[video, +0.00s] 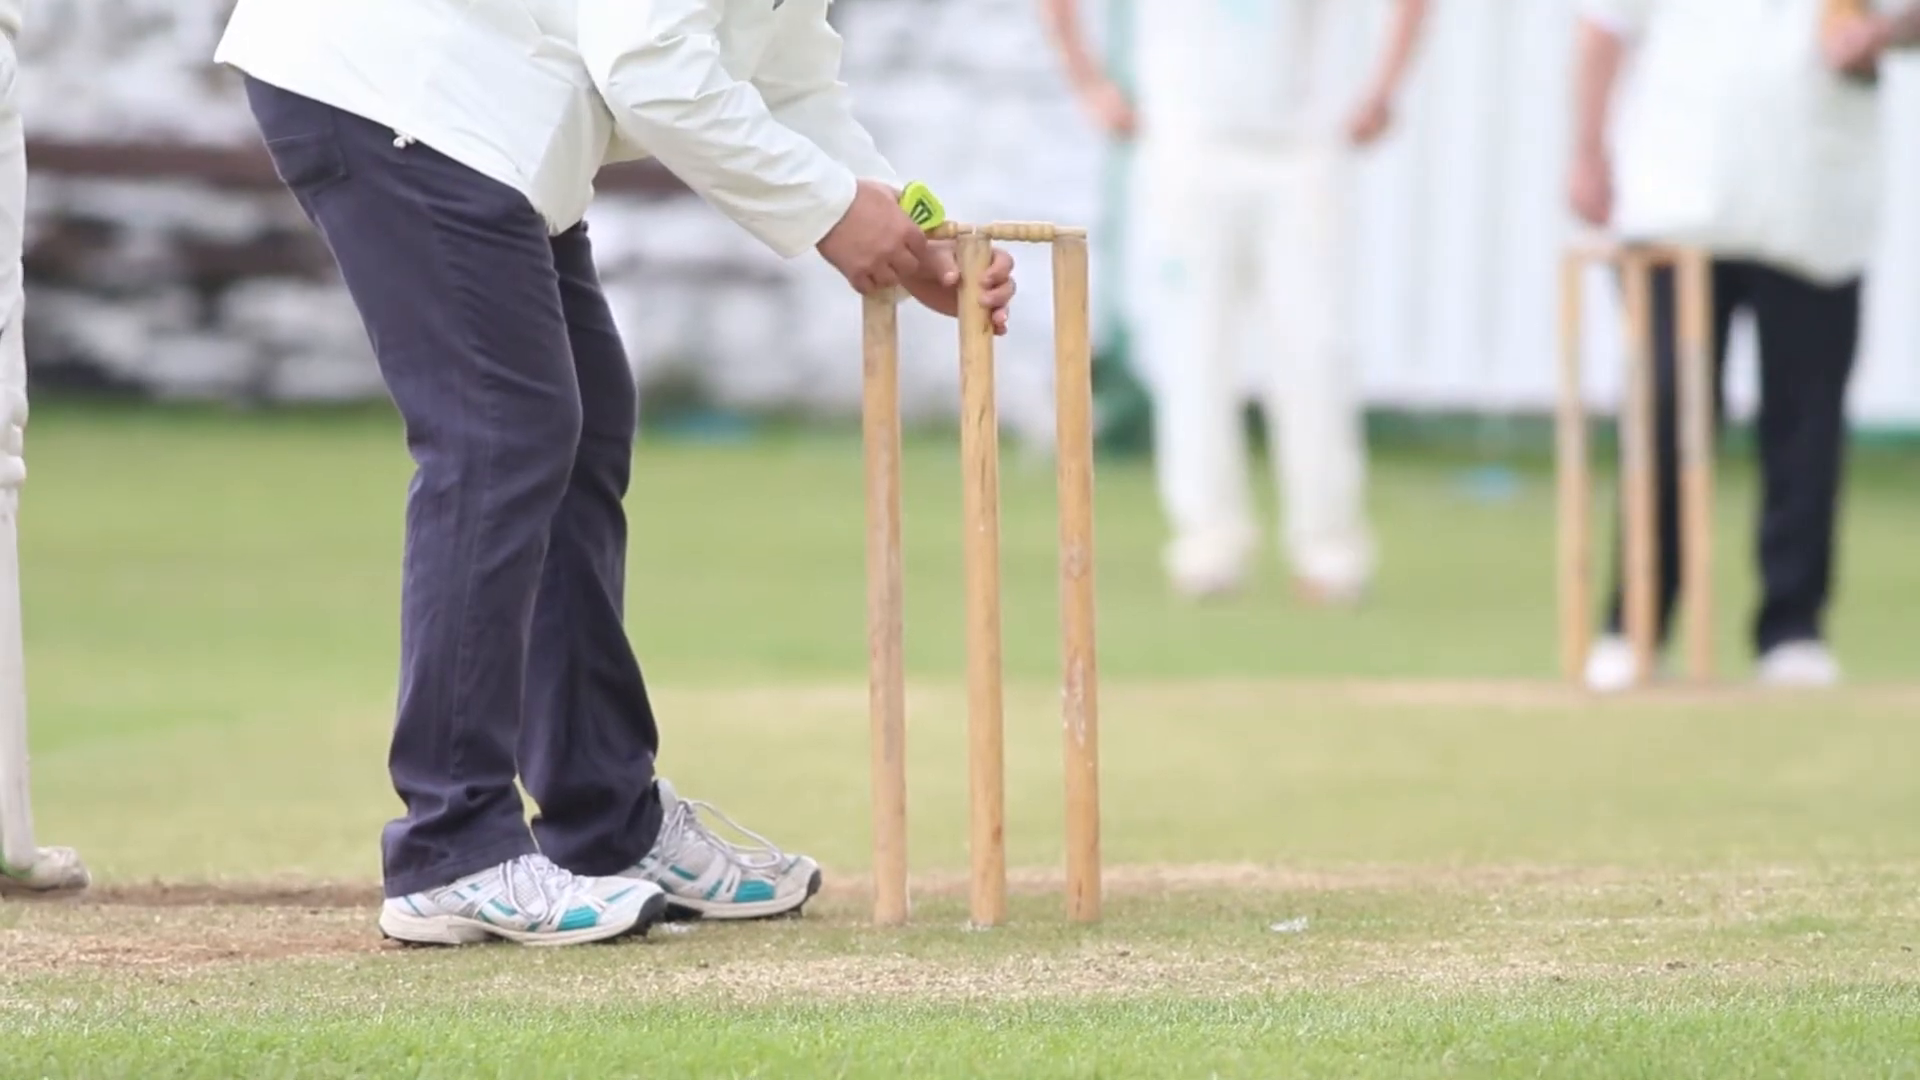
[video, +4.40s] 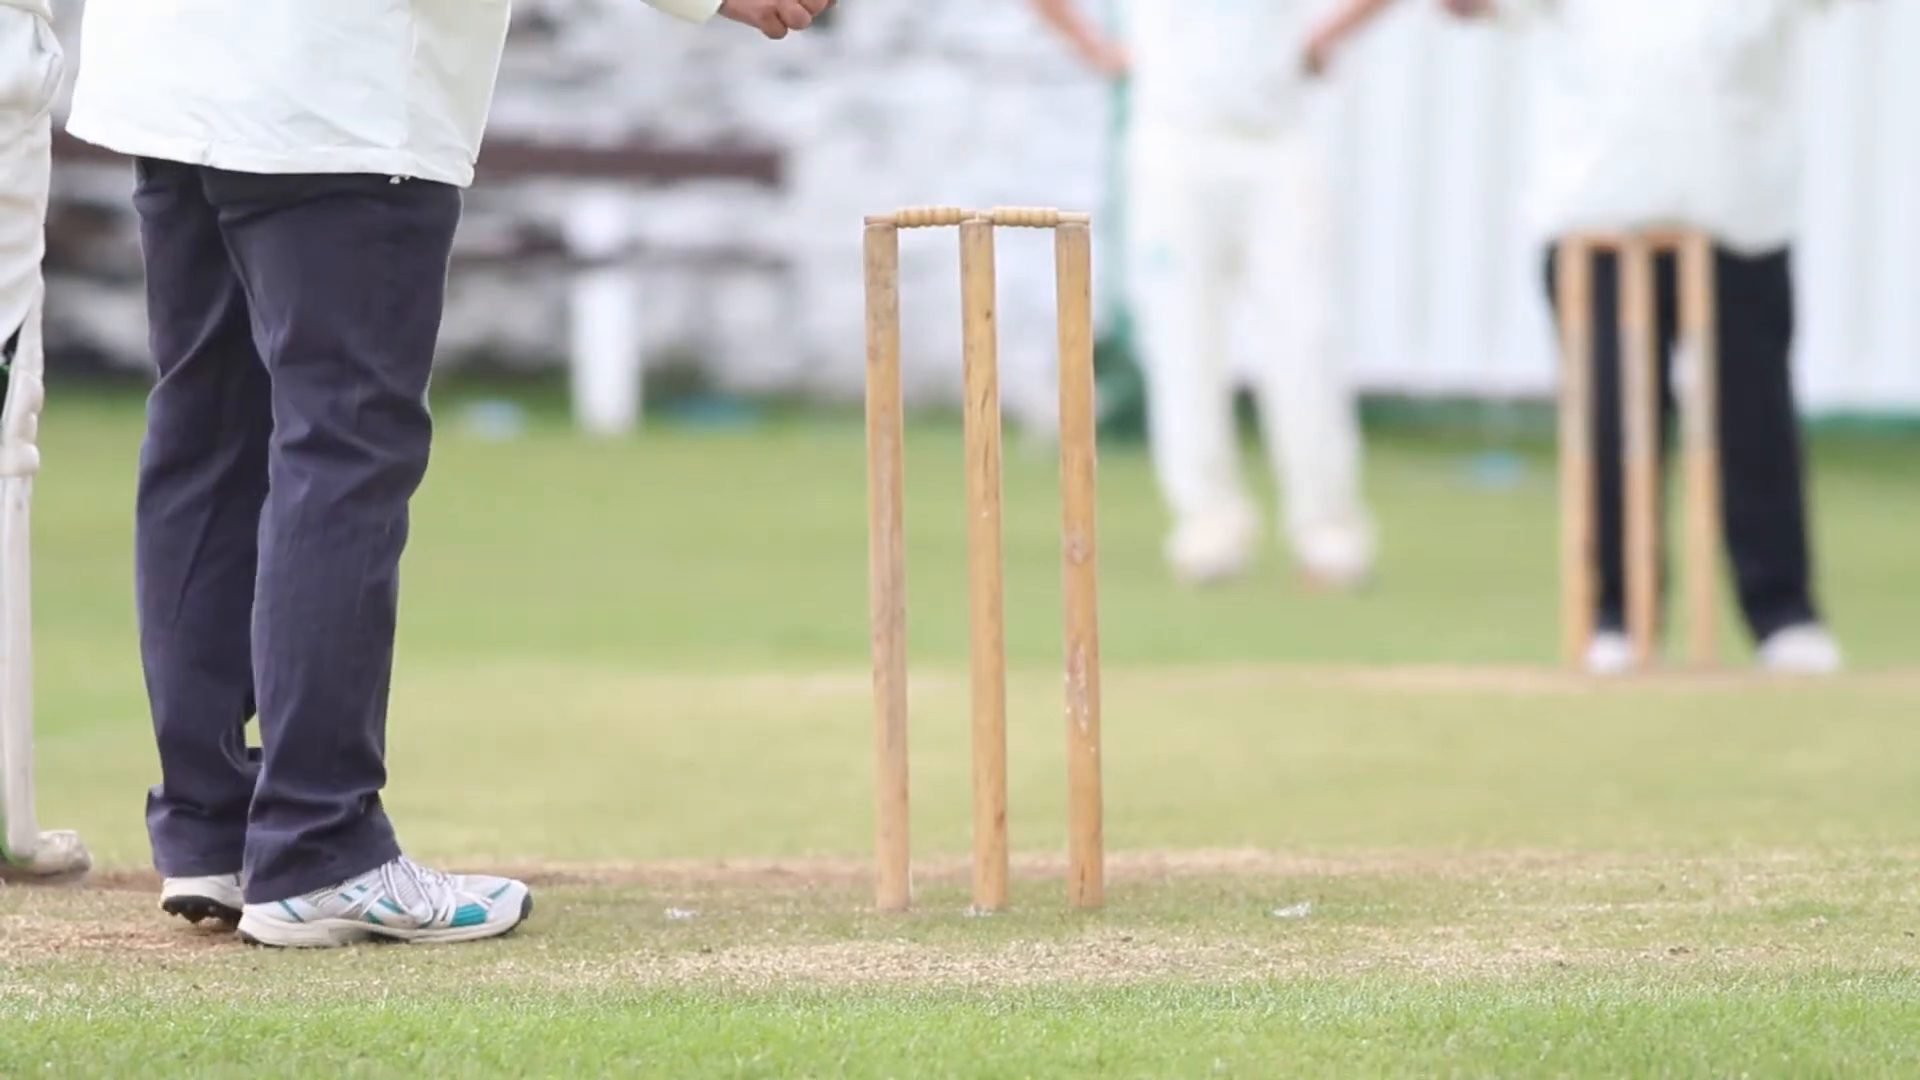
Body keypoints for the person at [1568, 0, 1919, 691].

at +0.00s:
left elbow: (1907, 14)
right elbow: (1605, 20)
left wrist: (1879, 29)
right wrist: (1591, 152)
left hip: (1818, 196)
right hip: (1676, 190)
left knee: (1804, 438)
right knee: (1662, 426)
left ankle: (1792, 635)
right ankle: (1631, 631)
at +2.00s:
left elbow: (1887, 17)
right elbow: (1591, 28)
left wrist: (1871, 15)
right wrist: (1587, 166)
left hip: (1814, 203)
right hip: (1671, 201)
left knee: (1801, 438)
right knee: (1674, 440)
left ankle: (1793, 628)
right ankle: (1657, 634)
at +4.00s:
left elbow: (1846, 6)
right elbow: (1520, 22)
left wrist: (1794, 10)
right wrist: (1502, 159)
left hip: (1743, 191)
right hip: (1601, 189)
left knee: (1755, 419)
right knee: (1615, 425)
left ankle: (1787, 620)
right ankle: (1614, 624)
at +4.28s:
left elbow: (1842, 7)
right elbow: (1498, 6)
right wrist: (1472, 67)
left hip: (1736, 188)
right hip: (1597, 189)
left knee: (1757, 420)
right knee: (1614, 425)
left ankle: (1786, 621)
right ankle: (1615, 624)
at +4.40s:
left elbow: (1819, 12)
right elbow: (1517, 12)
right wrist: (1473, 6)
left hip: (1738, 201)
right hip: (1597, 200)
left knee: (1758, 428)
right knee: (1615, 428)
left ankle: (1786, 619)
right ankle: (1616, 623)